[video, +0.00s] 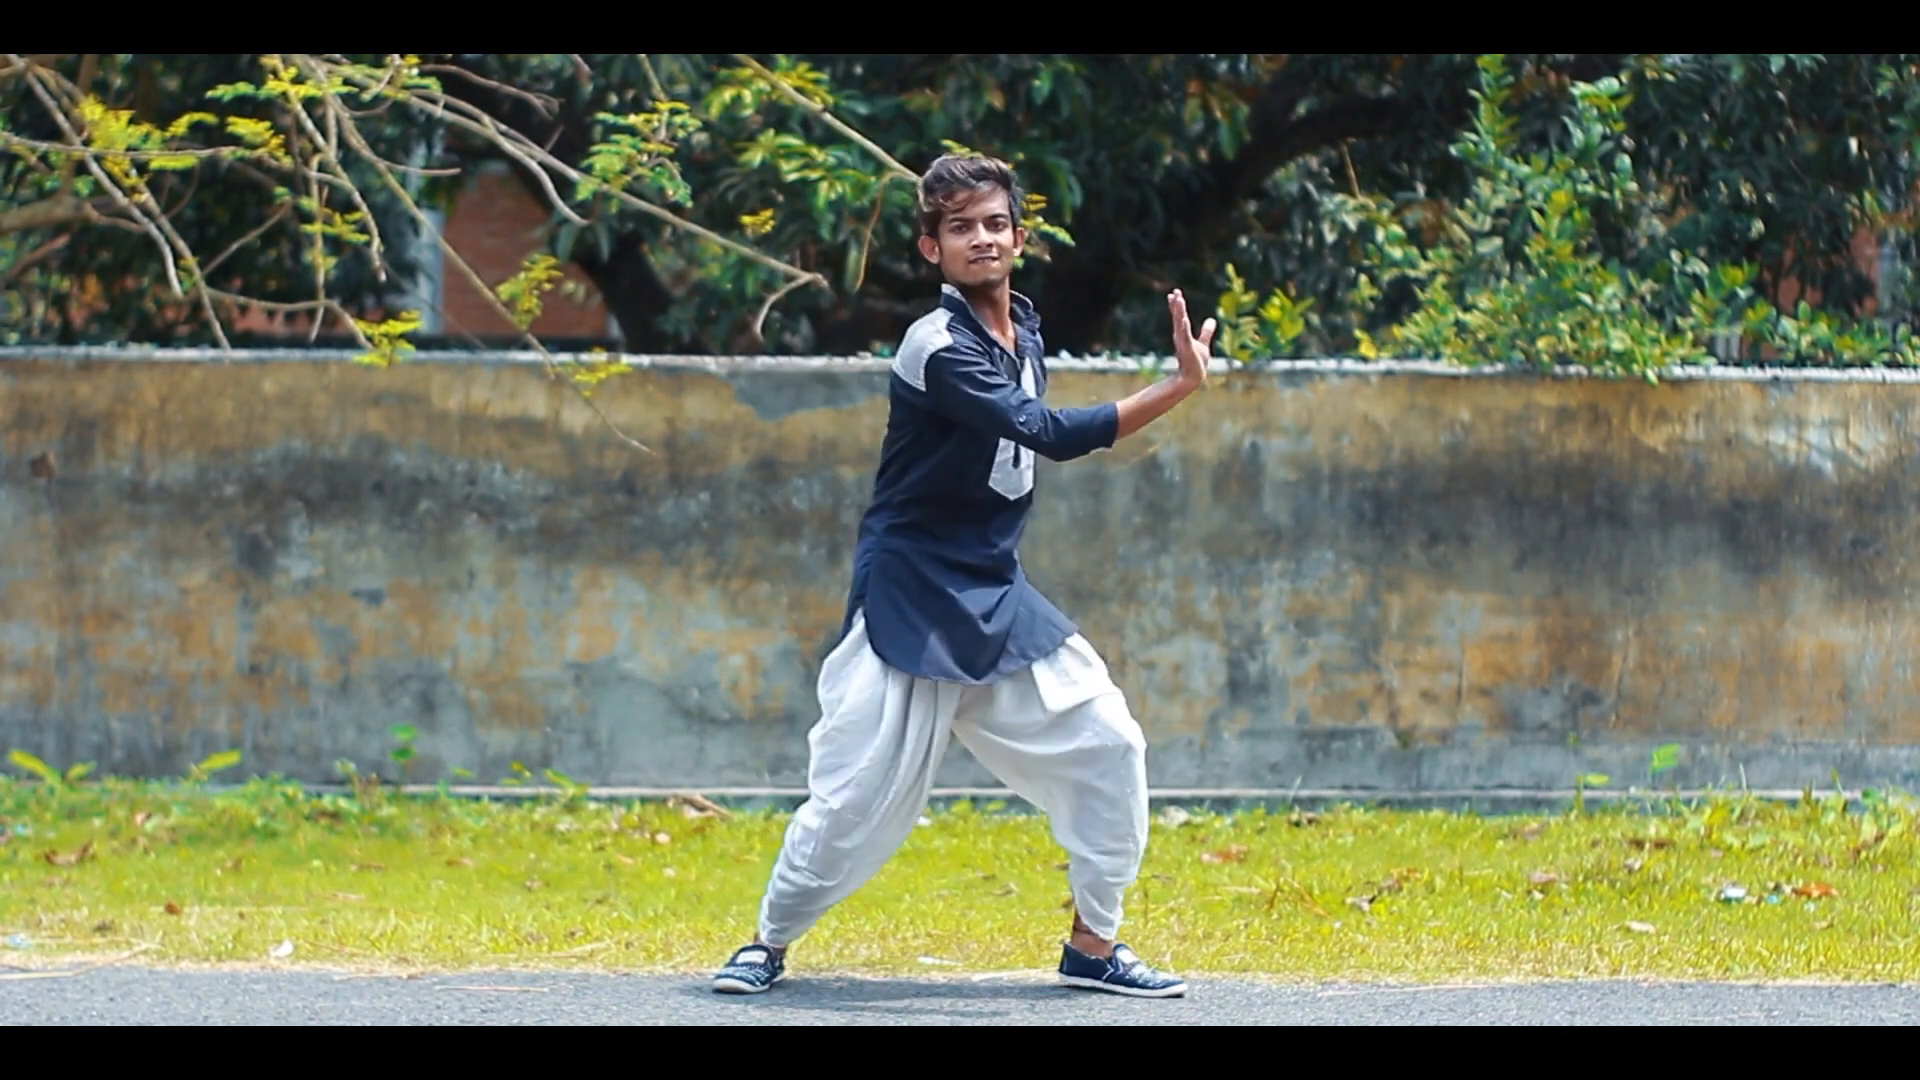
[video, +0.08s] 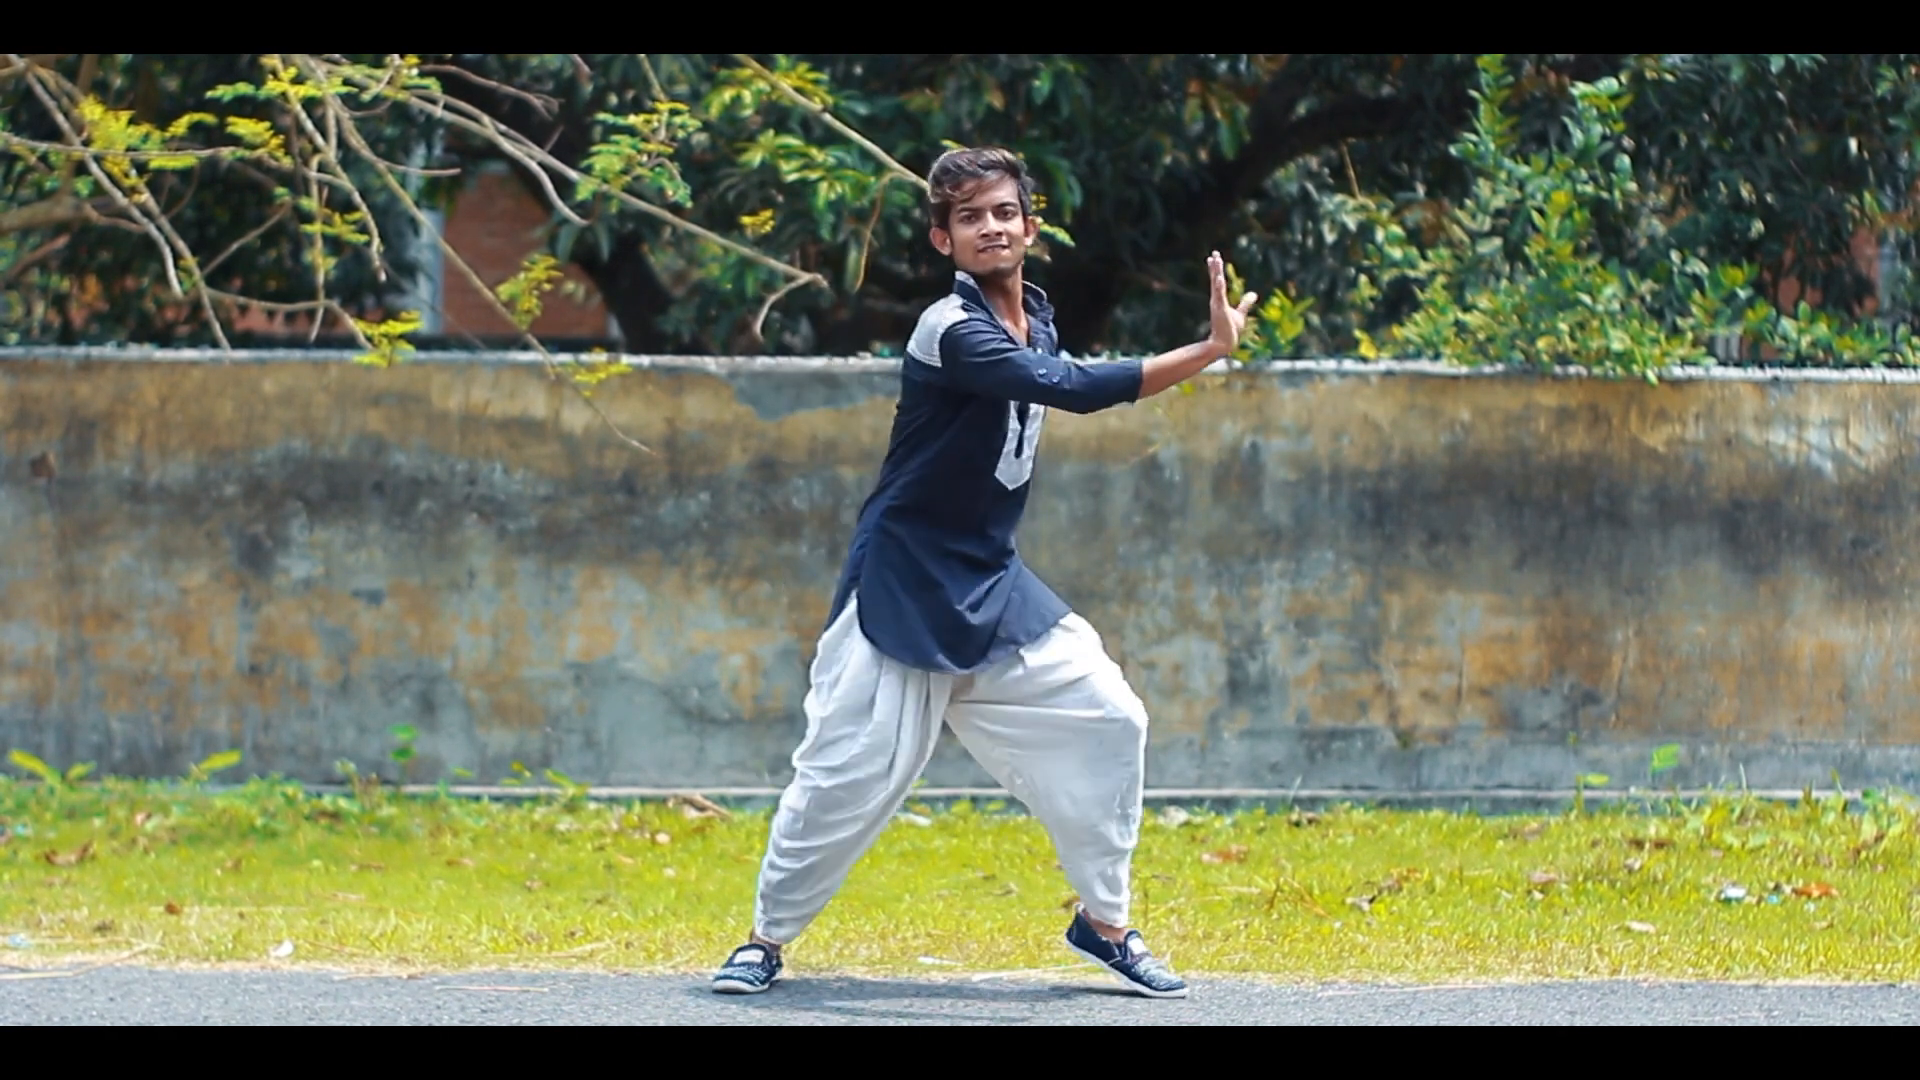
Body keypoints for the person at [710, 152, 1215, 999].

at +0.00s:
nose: (985, 239)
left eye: (998, 223)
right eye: (964, 227)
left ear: (1018, 236)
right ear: (932, 250)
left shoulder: (1026, 332)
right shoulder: (936, 346)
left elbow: (982, 450)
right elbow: (1051, 433)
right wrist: (1179, 387)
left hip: (994, 587)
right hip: (908, 589)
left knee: (1111, 744)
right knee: (856, 794)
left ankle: (1092, 948)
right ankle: (769, 946)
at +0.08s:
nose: (993, 230)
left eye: (1005, 213)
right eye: (971, 219)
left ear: (1028, 224)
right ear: (944, 241)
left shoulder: (1037, 314)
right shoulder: (949, 328)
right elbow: (1073, 389)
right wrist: (1210, 351)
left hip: (992, 575)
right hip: (902, 576)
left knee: (1111, 719)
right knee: (843, 771)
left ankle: (1101, 921)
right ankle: (766, 943)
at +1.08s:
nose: (1038, 214)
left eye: (1056, 199)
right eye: (1020, 201)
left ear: (1087, 213)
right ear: (998, 217)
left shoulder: (1105, 322)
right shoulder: (984, 289)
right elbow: (1095, 355)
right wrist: (1209, 401)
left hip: (1001, 557)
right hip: (899, 542)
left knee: (1074, 746)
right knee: (829, 740)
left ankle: (1109, 941)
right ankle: (773, 935)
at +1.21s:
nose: (1048, 200)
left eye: (1066, 185)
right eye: (1029, 187)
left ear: (1095, 200)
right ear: (1006, 203)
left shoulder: (1115, 313)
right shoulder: (978, 280)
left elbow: (1075, 431)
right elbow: (1019, 380)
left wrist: (1059, 542)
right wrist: (1100, 461)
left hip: (1018, 560)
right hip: (904, 544)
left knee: (1078, 742)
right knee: (823, 740)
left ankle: (1126, 932)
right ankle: (783, 930)